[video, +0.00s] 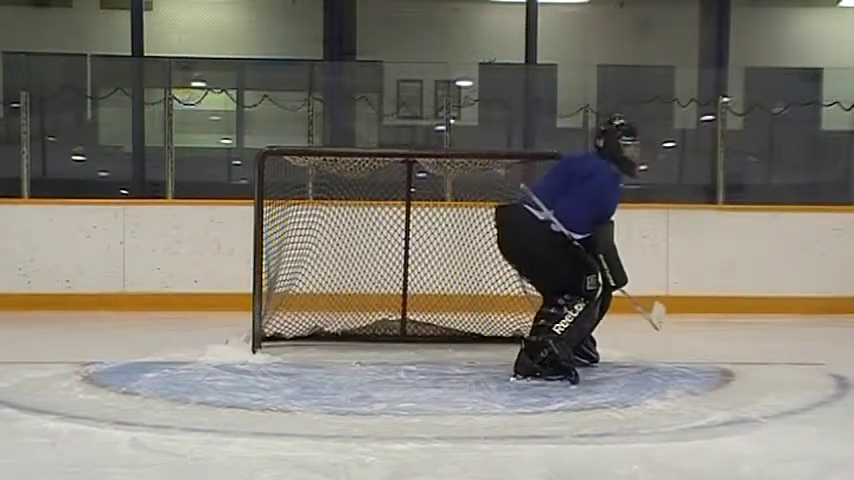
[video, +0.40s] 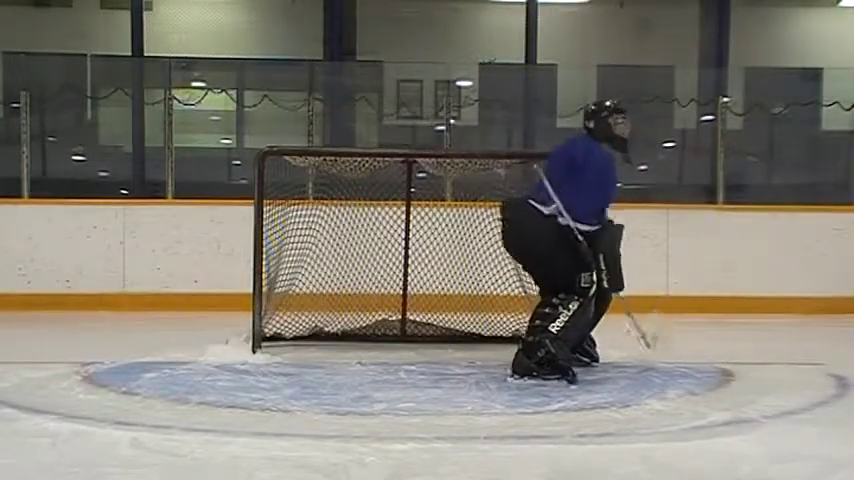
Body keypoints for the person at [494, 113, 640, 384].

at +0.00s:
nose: (635, 152)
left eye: (635, 145)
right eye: (629, 145)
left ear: (604, 145)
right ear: (611, 145)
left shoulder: (581, 162)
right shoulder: (606, 178)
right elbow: (602, 238)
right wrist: (620, 280)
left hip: (512, 221)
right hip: (533, 229)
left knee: (562, 290)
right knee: (590, 287)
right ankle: (543, 355)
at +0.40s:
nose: (624, 128)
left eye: (624, 122)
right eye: (617, 123)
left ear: (596, 126)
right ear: (600, 125)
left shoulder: (580, 148)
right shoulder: (595, 156)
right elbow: (588, 214)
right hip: (537, 224)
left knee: (560, 288)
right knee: (584, 287)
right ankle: (538, 354)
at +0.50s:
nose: (622, 121)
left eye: (621, 115)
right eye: (616, 116)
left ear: (593, 120)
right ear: (599, 119)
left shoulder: (574, 143)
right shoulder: (598, 152)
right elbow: (591, 215)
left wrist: (613, 219)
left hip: (524, 218)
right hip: (544, 226)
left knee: (558, 288)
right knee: (585, 287)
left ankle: (535, 348)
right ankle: (539, 353)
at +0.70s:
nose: (621, 119)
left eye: (620, 112)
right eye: (615, 113)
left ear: (591, 118)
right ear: (600, 117)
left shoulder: (574, 143)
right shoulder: (600, 153)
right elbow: (586, 215)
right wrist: (590, 253)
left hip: (526, 216)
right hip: (543, 222)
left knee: (554, 289)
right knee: (570, 289)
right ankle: (529, 353)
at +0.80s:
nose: (621, 118)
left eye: (620, 111)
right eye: (615, 113)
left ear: (589, 117)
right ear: (600, 116)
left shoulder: (575, 142)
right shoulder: (601, 152)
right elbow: (581, 216)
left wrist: (620, 184)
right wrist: (589, 265)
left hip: (525, 213)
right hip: (544, 220)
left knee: (551, 288)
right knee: (569, 290)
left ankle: (527, 347)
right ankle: (526, 353)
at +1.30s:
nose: (630, 121)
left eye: (630, 114)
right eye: (624, 115)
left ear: (599, 117)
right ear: (607, 117)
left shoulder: (579, 140)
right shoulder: (605, 150)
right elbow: (584, 207)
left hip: (531, 215)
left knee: (550, 288)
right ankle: (513, 353)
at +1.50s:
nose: (623, 129)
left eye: (626, 122)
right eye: (616, 121)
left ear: (630, 125)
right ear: (600, 121)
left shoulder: (622, 164)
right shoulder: (575, 149)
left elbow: (607, 220)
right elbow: (549, 207)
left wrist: (640, 226)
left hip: (583, 234)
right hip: (541, 227)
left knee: (603, 284)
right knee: (575, 289)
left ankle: (575, 346)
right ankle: (530, 354)